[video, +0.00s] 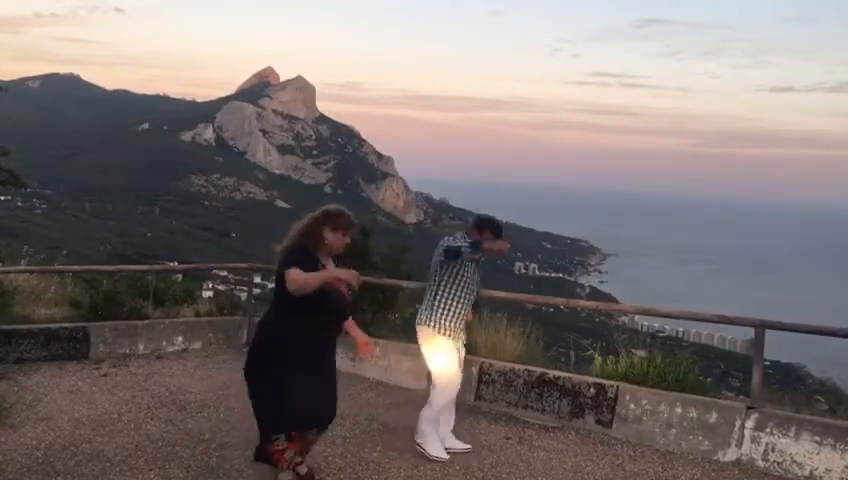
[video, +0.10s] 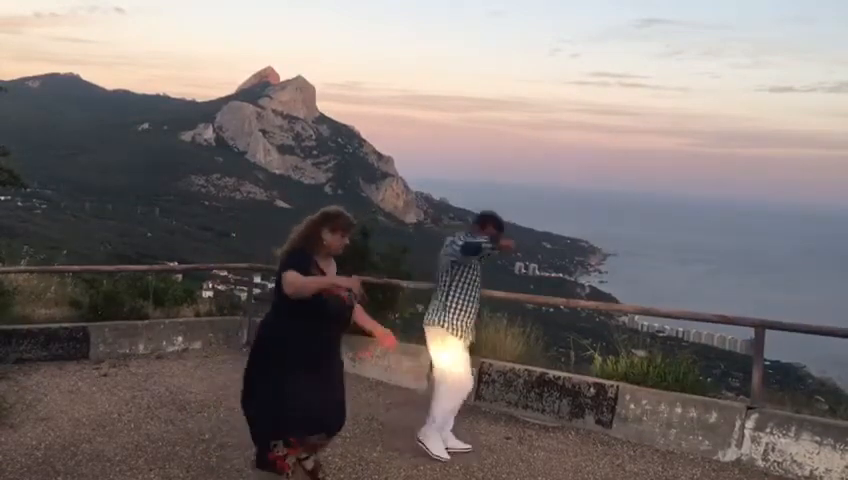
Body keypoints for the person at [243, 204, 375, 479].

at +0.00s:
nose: (346, 242)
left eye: (348, 237)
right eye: (343, 235)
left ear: (330, 234)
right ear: (326, 230)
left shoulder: (329, 266)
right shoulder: (298, 253)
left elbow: (335, 309)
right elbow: (294, 284)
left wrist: (358, 335)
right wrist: (332, 274)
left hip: (316, 352)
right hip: (283, 350)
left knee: (322, 412)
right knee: (290, 412)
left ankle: (295, 460)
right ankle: (285, 468)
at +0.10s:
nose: (346, 243)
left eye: (347, 237)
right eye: (342, 236)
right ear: (323, 233)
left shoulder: (334, 266)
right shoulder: (297, 257)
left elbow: (348, 305)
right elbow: (290, 286)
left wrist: (376, 329)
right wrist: (337, 282)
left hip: (322, 351)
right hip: (287, 350)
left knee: (331, 413)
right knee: (290, 407)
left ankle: (307, 456)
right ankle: (283, 458)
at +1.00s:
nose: (379, 227)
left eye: (379, 221)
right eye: (375, 221)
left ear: (363, 224)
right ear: (357, 221)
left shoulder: (373, 263)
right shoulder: (332, 247)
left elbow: (384, 299)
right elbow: (316, 271)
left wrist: (411, 324)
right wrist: (353, 258)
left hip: (351, 351)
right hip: (316, 343)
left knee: (337, 407)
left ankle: (322, 465)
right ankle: (298, 466)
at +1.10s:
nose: (380, 229)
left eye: (380, 223)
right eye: (375, 222)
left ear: (363, 225)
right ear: (357, 223)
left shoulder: (372, 264)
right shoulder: (332, 252)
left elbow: (384, 301)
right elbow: (332, 278)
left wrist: (407, 321)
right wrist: (369, 263)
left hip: (357, 360)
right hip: (322, 356)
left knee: (347, 430)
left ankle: (327, 472)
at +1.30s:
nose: (387, 228)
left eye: (386, 222)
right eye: (383, 222)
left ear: (369, 225)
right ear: (368, 224)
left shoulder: (377, 261)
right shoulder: (345, 254)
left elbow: (390, 288)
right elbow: (365, 287)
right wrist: (413, 281)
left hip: (371, 361)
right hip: (340, 362)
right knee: (338, 439)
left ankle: (363, 472)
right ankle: (332, 473)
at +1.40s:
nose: (394, 228)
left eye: (394, 222)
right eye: (391, 222)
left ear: (373, 223)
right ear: (377, 222)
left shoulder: (372, 255)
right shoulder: (358, 254)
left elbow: (392, 281)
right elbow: (380, 294)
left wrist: (426, 285)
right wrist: (426, 293)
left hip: (365, 362)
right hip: (353, 365)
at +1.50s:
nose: (401, 229)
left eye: (400, 223)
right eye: (398, 222)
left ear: (374, 222)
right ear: (385, 223)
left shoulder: (368, 253)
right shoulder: (370, 258)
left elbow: (390, 268)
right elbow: (393, 303)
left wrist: (414, 261)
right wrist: (441, 309)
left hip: (353, 359)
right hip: (366, 363)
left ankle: (326, 471)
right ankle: (356, 472)